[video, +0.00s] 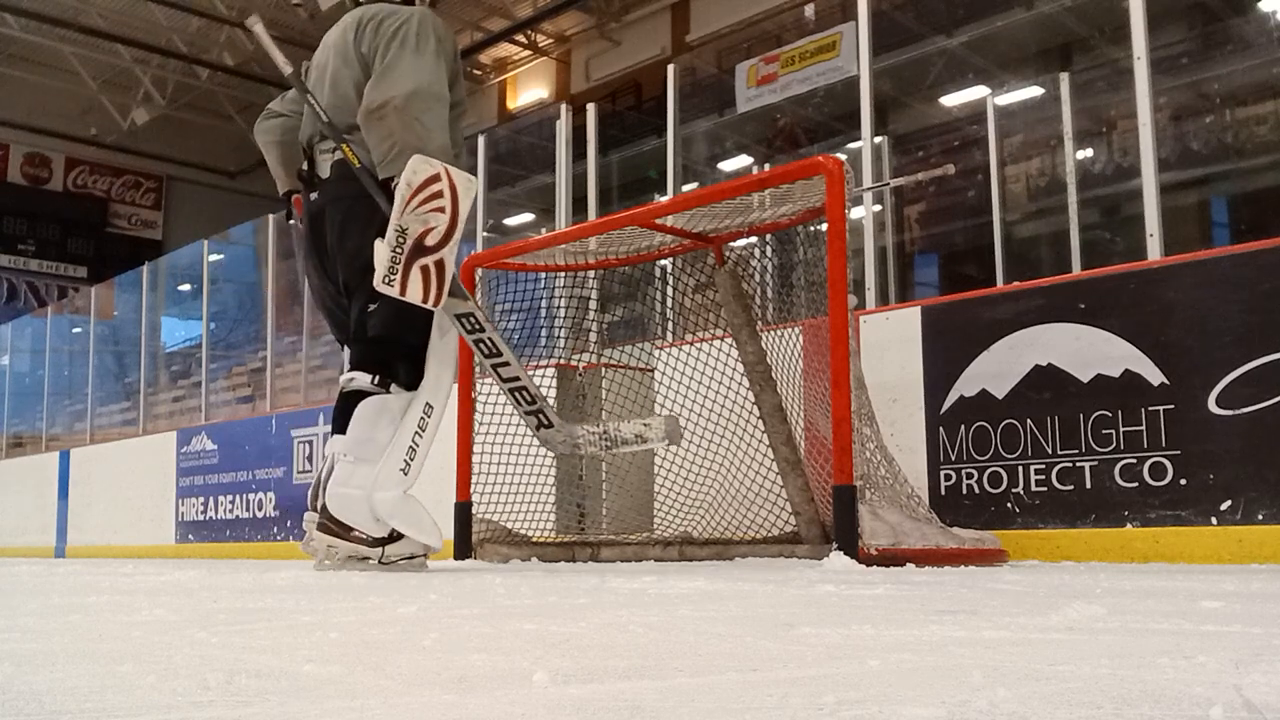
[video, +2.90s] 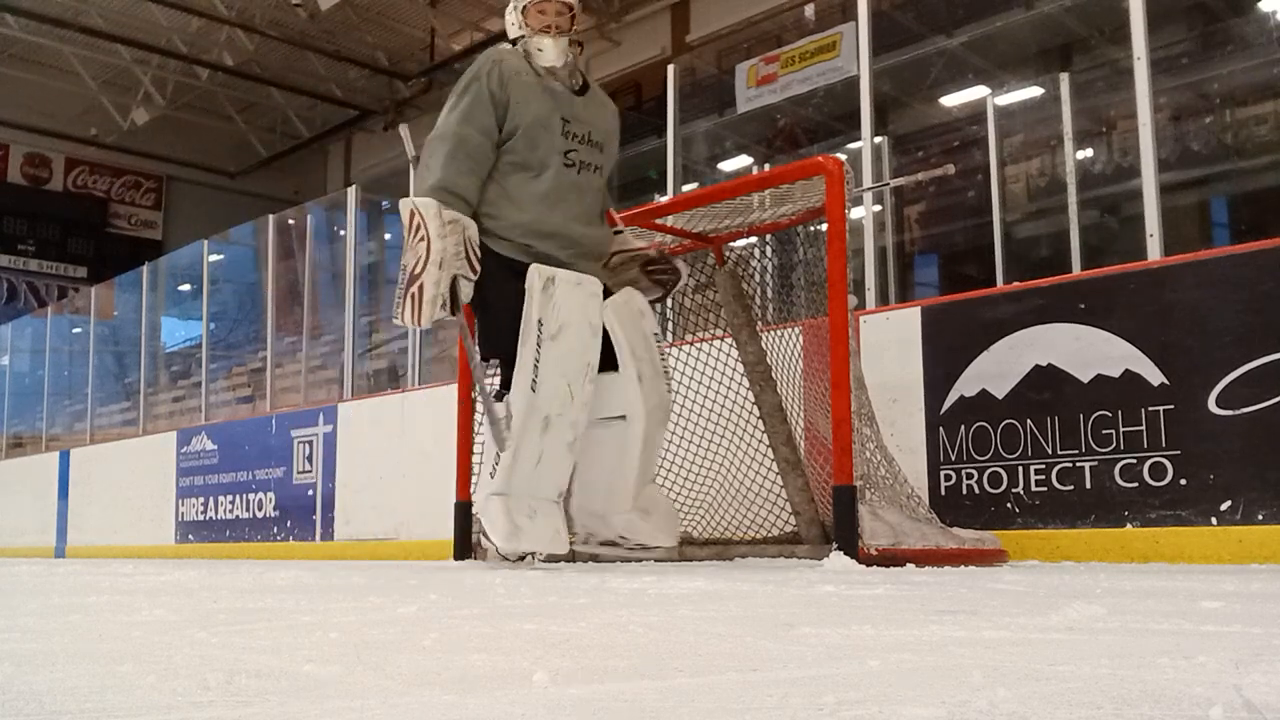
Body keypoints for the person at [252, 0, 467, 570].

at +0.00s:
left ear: (359, 5)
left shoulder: (325, 59)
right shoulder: (411, 24)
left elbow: (273, 125)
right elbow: (399, 115)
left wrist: (298, 188)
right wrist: (433, 215)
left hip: (322, 217)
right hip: (371, 205)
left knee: (366, 354)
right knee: (399, 352)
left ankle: (335, 505)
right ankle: (354, 507)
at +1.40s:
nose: (452, 16)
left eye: (451, 11)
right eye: (448, 10)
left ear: (392, 17)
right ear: (428, 13)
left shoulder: (358, 76)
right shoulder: (421, 45)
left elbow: (308, 142)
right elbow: (395, 117)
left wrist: (331, 199)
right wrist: (432, 219)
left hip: (353, 229)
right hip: (398, 223)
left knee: (383, 371)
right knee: (436, 373)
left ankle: (355, 513)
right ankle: (366, 507)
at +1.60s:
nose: (463, 38)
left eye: (465, 31)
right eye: (455, 27)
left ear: (417, 26)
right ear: (427, 22)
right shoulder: (423, 56)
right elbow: (383, 126)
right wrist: (416, 234)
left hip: (377, 236)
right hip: (395, 230)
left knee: (395, 374)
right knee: (423, 373)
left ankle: (368, 510)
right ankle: (371, 504)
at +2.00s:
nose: (501, 55)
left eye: (505, 48)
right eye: (492, 44)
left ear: (502, 55)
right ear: (462, 43)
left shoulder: (476, 108)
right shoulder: (442, 79)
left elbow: (461, 194)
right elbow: (385, 144)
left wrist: (491, 255)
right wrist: (382, 241)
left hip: (449, 259)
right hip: (439, 255)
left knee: (430, 389)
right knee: (469, 382)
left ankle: (395, 513)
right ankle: (445, 514)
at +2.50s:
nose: (525, 32)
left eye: (535, 24)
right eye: (515, 23)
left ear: (548, 35)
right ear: (499, 31)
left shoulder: (549, 110)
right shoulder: (478, 77)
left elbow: (540, 192)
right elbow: (428, 148)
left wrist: (541, 260)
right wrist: (409, 236)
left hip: (525, 267)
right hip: (469, 257)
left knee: (510, 397)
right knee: (492, 396)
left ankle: (458, 525)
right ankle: (474, 526)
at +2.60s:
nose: (533, 29)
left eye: (542, 22)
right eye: (522, 19)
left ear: (553, 34)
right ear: (503, 28)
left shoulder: (565, 113)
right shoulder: (483, 73)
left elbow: (562, 190)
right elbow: (438, 139)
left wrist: (553, 246)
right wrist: (422, 218)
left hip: (545, 268)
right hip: (482, 255)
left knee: (542, 396)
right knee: (501, 390)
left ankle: (519, 527)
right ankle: (480, 524)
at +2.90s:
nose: (554, 13)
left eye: (563, 7)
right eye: (540, 6)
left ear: (578, 20)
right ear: (518, 18)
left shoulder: (603, 108)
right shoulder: (498, 70)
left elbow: (591, 208)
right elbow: (455, 154)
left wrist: (622, 256)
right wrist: (438, 239)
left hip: (585, 274)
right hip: (510, 261)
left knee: (617, 391)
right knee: (527, 398)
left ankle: (606, 521)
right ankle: (524, 529)